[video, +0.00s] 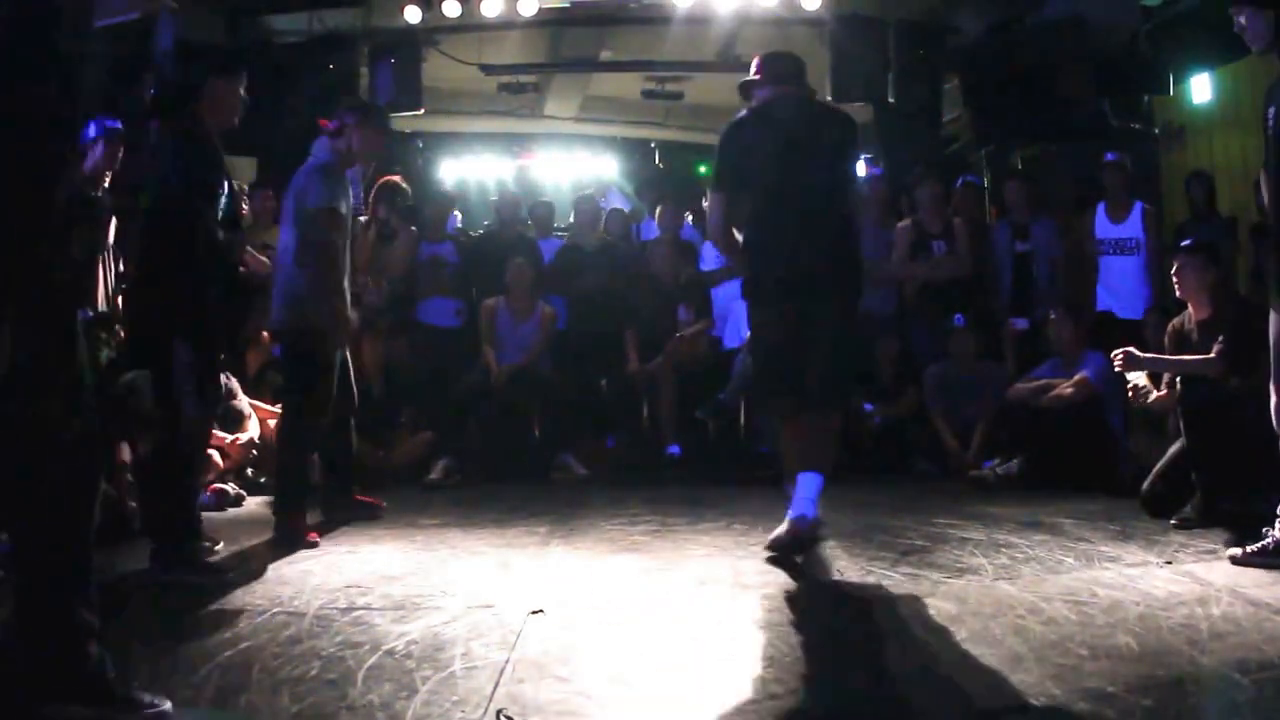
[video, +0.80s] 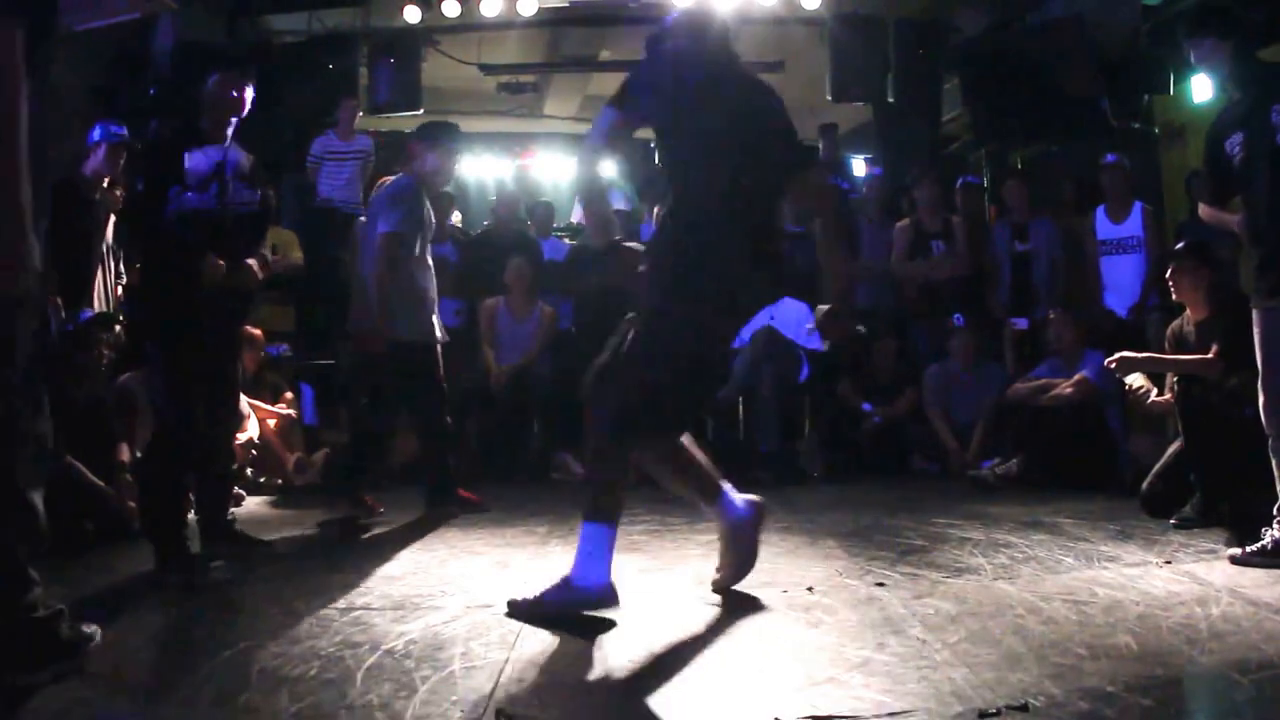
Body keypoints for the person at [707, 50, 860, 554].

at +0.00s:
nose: (751, 95)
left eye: (753, 87)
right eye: (752, 88)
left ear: (761, 85)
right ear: (802, 83)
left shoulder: (741, 129)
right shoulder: (839, 123)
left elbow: (716, 224)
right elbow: (853, 199)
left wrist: (744, 258)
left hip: (771, 275)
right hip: (833, 271)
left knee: (784, 392)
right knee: (825, 389)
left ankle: (802, 512)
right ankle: (802, 510)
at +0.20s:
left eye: (779, 85)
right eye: (812, 85)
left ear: (769, 87)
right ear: (822, 87)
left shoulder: (743, 123)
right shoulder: (847, 128)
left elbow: (714, 225)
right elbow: (868, 217)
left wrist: (749, 261)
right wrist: (850, 257)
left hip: (760, 284)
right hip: (829, 284)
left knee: (765, 391)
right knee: (830, 406)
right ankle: (818, 535)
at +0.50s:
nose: (716, 71)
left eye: (716, 63)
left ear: (718, 62)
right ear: (772, 58)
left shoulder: (701, 102)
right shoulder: (808, 91)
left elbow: (679, 208)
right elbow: (826, 185)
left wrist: (675, 272)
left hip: (739, 284)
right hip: (819, 278)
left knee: (747, 427)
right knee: (842, 413)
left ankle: (764, 595)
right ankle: (878, 565)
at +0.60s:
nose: (692, 50)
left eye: (691, 42)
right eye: (699, 43)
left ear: (696, 39)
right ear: (748, 36)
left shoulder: (687, 85)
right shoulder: (789, 80)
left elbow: (673, 186)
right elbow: (813, 183)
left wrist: (670, 260)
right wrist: (821, 259)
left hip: (719, 271)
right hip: (786, 267)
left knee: (735, 416)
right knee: (786, 393)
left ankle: (765, 583)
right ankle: (806, 508)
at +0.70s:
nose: (666, 26)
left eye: (675, 22)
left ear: (688, 19)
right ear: (733, 23)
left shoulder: (679, 41)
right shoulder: (778, 76)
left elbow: (632, 140)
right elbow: (793, 175)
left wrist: (639, 219)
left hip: (703, 246)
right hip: (766, 252)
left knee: (674, 382)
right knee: (689, 386)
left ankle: (772, 532)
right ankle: (671, 533)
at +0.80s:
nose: (661, 47)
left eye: (665, 38)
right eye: (663, 40)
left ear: (681, 36)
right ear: (725, 40)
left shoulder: (666, 68)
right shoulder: (760, 96)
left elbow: (592, 153)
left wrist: (607, 239)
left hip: (686, 272)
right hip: (745, 277)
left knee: (614, 391)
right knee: (640, 405)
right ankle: (732, 510)